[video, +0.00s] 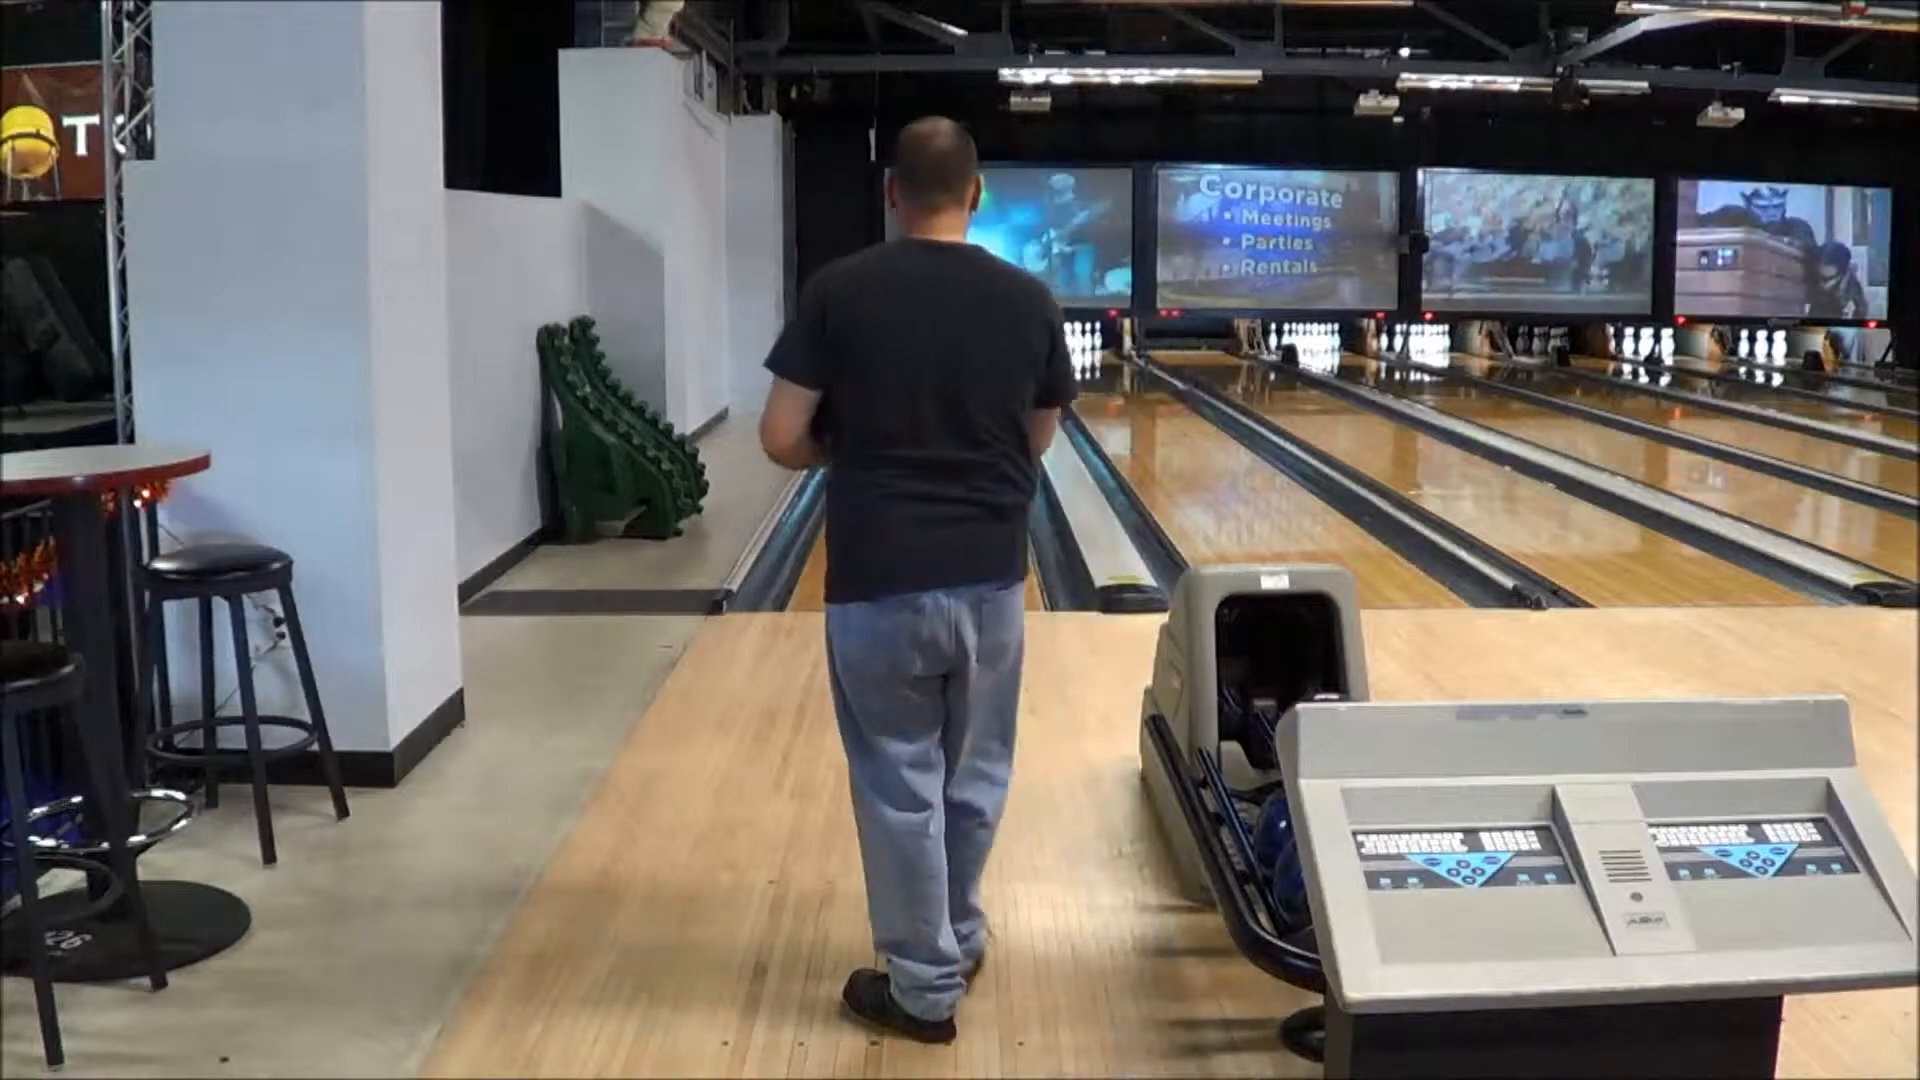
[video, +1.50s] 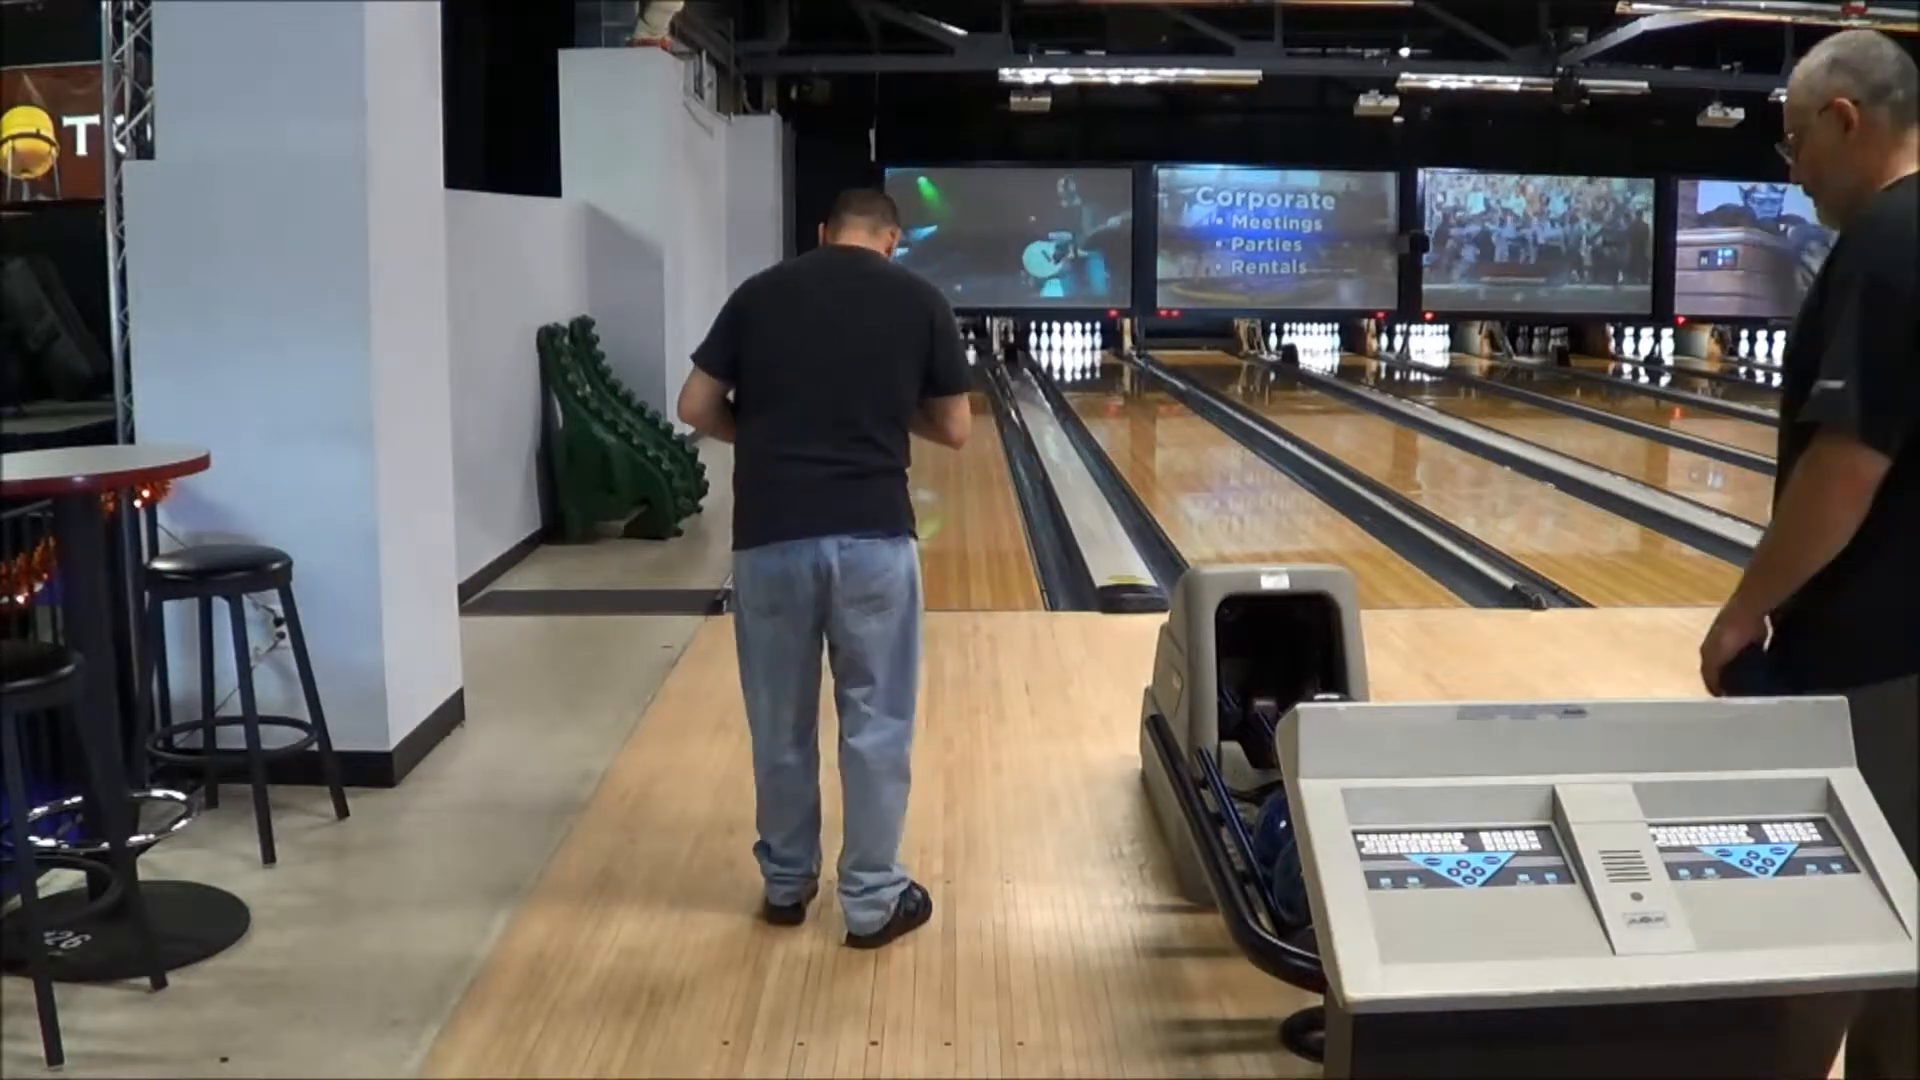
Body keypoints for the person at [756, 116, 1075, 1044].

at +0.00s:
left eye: (889, 187)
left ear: (888, 193)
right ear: (975, 194)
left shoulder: (838, 291)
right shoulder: (1025, 299)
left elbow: (784, 440)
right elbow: (1038, 437)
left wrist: (856, 440)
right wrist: (970, 443)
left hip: (877, 584)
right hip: (989, 578)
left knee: (899, 782)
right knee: (977, 766)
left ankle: (923, 989)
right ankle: (958, 934)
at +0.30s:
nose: (886, 224)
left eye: (868, 210)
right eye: (926, 206)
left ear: (861, 211)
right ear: (944, 213)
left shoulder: (815, 303)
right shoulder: (994, 306)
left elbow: (745, 442)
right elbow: (1019, 430)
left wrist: (816, 447)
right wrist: (948, 417)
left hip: (853, 577)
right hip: (959, 573)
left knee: (879, 771)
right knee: (929, 757)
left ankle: (925, 987)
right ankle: (874, 899)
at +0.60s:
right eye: (931, 225)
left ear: (855, 225)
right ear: (933, 228)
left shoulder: (810, 295)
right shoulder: (979, 304)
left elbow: (735, 423)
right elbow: (1008, 430)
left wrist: (810, 433)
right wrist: (938, 410)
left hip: (844, 560)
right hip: (948, 558)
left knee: (822, 728)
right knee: (916, 737)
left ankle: (876, 902)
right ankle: (890, 901)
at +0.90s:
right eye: (927, 231)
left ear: (863, 228)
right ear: (935, 237)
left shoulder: (808, 289)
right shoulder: (976, 305)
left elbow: (730, 406)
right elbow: (1003, 437)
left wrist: (798, 434)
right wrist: (936, 406)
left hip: (829, 545)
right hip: (935, 547)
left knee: (813, 724)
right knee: (907, 722)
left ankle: (811, 901)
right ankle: (874, 901)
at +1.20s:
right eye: (926, 234)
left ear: (855, 227)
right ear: (927, 238)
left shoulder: (796, 289)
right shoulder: (961, 304)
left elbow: (723, 402)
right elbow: (990, 432)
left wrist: (786, 424)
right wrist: (923, 401)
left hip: (807, 541)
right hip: (910, 543)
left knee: (802, 712)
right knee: (896, 713)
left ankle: (792, 878)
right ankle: (872, 900)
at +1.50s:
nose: (892, 252)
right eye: (895, 241)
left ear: (821, 230)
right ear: (890, 241)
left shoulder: (761, 291)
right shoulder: (917, 299)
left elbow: (696, 408)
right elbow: (954, 428)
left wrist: (758, 427)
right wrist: (891, 396)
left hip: (772, 542)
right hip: (873, 540)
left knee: (779, 718)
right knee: (876, 716)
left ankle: (785, 884)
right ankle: (870, 900)